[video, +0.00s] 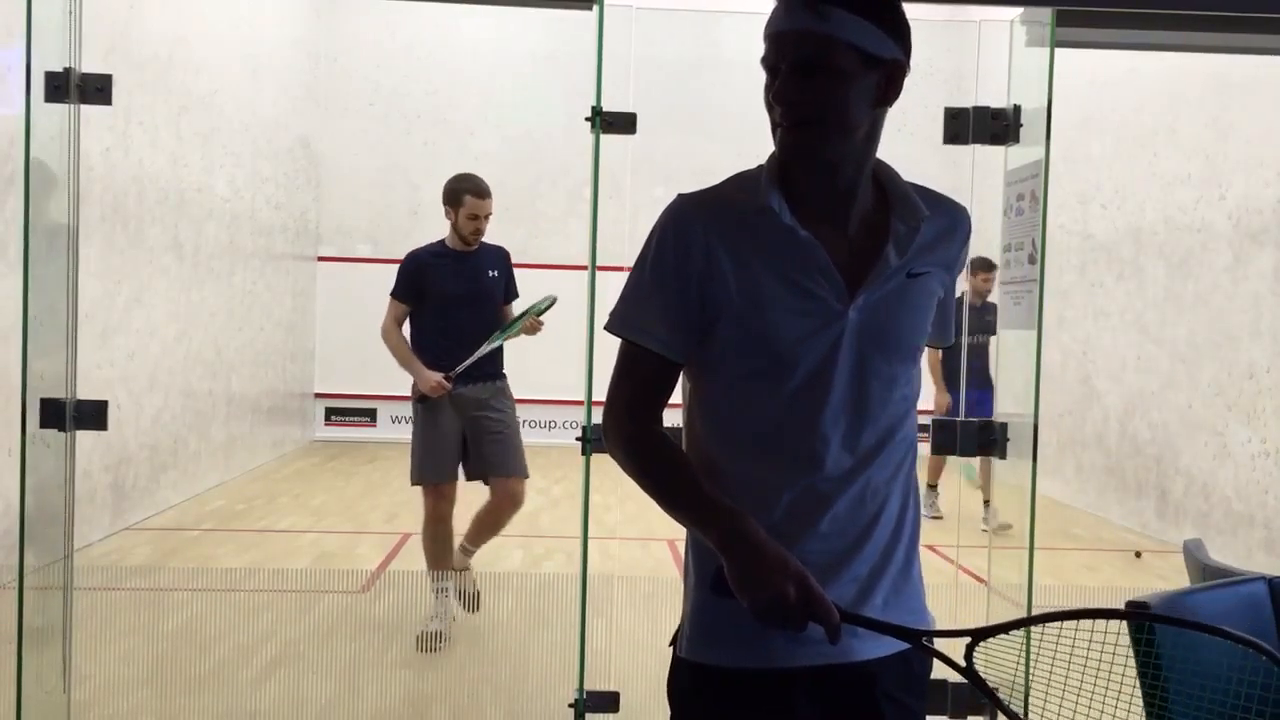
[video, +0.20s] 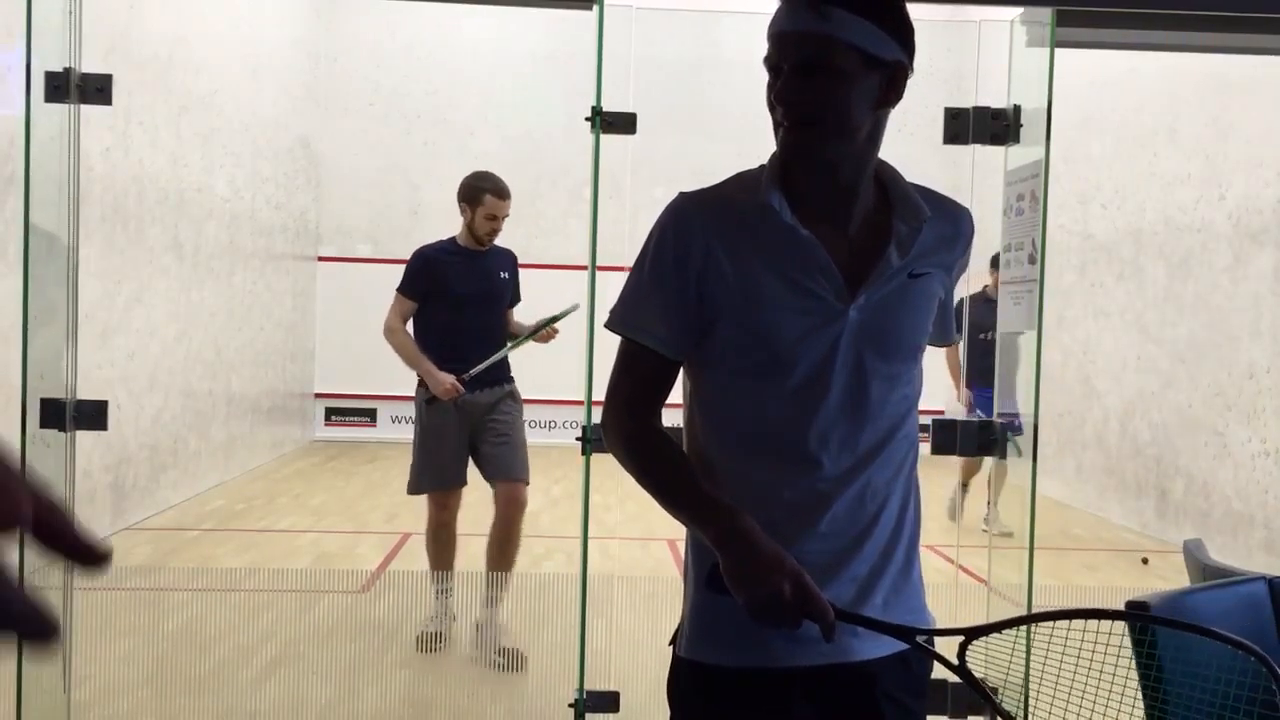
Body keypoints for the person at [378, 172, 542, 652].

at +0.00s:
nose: (482, 225)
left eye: (487, 217)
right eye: (474, 217)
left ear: (490, 214)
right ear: (450, 212)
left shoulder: (497, 258)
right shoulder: (420, 264)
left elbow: (504, 318)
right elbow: (390, 328)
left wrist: (522, 323)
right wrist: (418, 371)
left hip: (490, 392)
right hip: (438, 396)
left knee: (511, 494)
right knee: (439, 503)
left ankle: (461, 556)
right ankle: (440, 601)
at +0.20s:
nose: (498, 226)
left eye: (503, 218)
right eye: (492, 217)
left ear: (505, 216)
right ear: (466, 209)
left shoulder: (505, 261)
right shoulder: (430, 260)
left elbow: (504, 319)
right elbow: (393, 325)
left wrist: (529, 330)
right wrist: (429, 372)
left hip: (498, 399)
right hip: (445, 402)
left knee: (514, 498)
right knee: (443, 506)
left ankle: (491, 618)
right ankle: (441, 610)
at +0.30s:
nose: (506, 228)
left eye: (512, 219)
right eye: (499, 218)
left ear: (515, 218)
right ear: (474, 211)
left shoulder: (515, 265)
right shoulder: (439, 263)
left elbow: (508, 324)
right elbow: (403, 331)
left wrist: (536, 340)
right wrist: (436, 382)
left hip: (502, 406)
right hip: (450, 407)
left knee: (503, 517)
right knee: (446, 513)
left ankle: (508, 640)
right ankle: (441, 613)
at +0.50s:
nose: (522, 217)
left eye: (530, 209)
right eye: (514, 207)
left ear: (539, 209)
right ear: (493, 203)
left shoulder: (543, 262)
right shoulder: (461, 256)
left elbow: (543, 324)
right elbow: (428, 329)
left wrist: (560, 341)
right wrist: (454, 395)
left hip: (527, 409)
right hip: (471, 410)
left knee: (519, 526)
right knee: (454, 525)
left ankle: (509, 646)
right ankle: (448, 596)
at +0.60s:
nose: (527, 212)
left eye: (535, 203)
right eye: (519, 201)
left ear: (546, 204)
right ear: (500, 199)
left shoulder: (557, 260)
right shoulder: (469, 254)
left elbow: (568, 334)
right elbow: (437, 326)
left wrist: (578, 326)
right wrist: (460, 386)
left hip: (537, 411)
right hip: (480, 408)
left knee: (523, 526)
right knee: (467, 519)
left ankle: (508, 642)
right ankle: (458, 597)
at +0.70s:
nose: (531, 209)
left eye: (540, 200)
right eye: (522, 199)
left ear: (551, 199)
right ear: (504, 197)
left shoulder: (569, 257)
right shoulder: (478, 253)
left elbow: (579, 334)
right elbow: (447, 327)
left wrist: (583, 321)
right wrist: (466, 385)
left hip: (546, 410)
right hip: (489, 406)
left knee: (530, 524)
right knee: (481, 514)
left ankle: (511, 641)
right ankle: (475, 636)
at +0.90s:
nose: (539, 211)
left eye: (547, 201)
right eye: (530, 201)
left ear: (561, 201)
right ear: (514, 201)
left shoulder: (582, 263)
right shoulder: (490, 263)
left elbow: (601, 347)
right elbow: (466, 341)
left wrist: (594, 331)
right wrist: (477, 400)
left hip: (561, 419)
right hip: (504, 417)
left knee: (545, 544)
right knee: (515, 542)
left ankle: (515, 649)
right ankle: (517, 659)